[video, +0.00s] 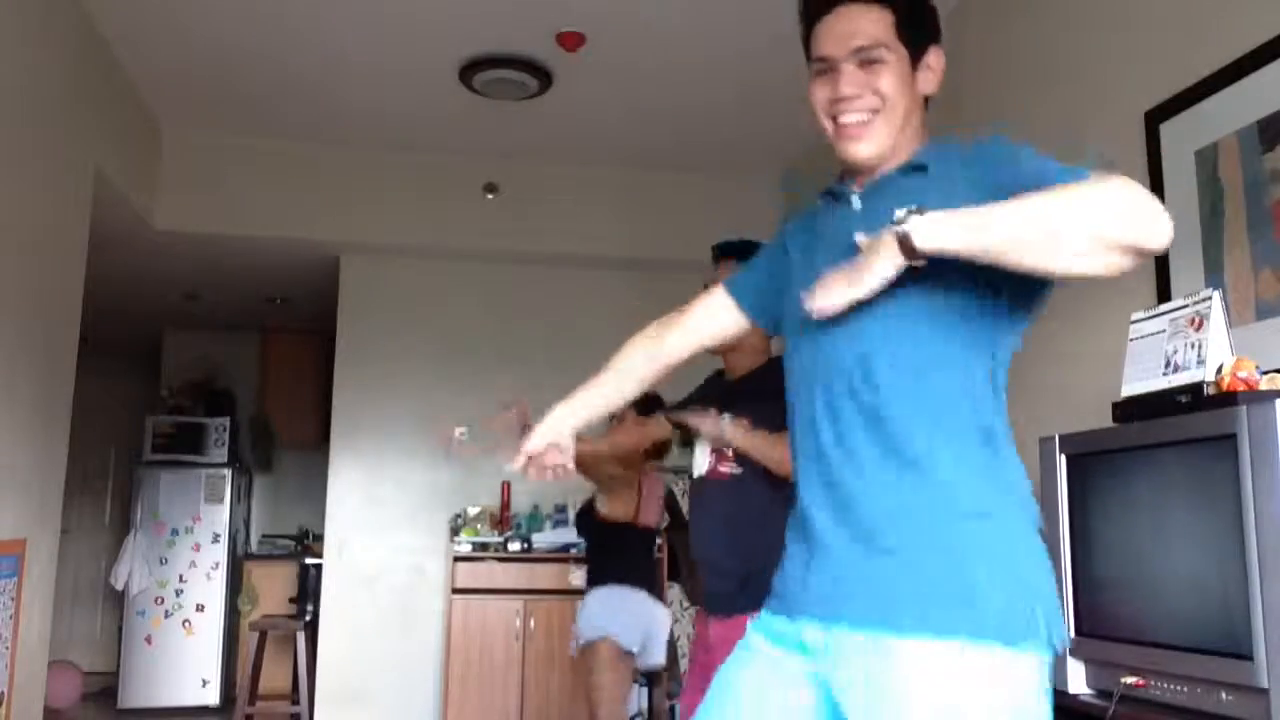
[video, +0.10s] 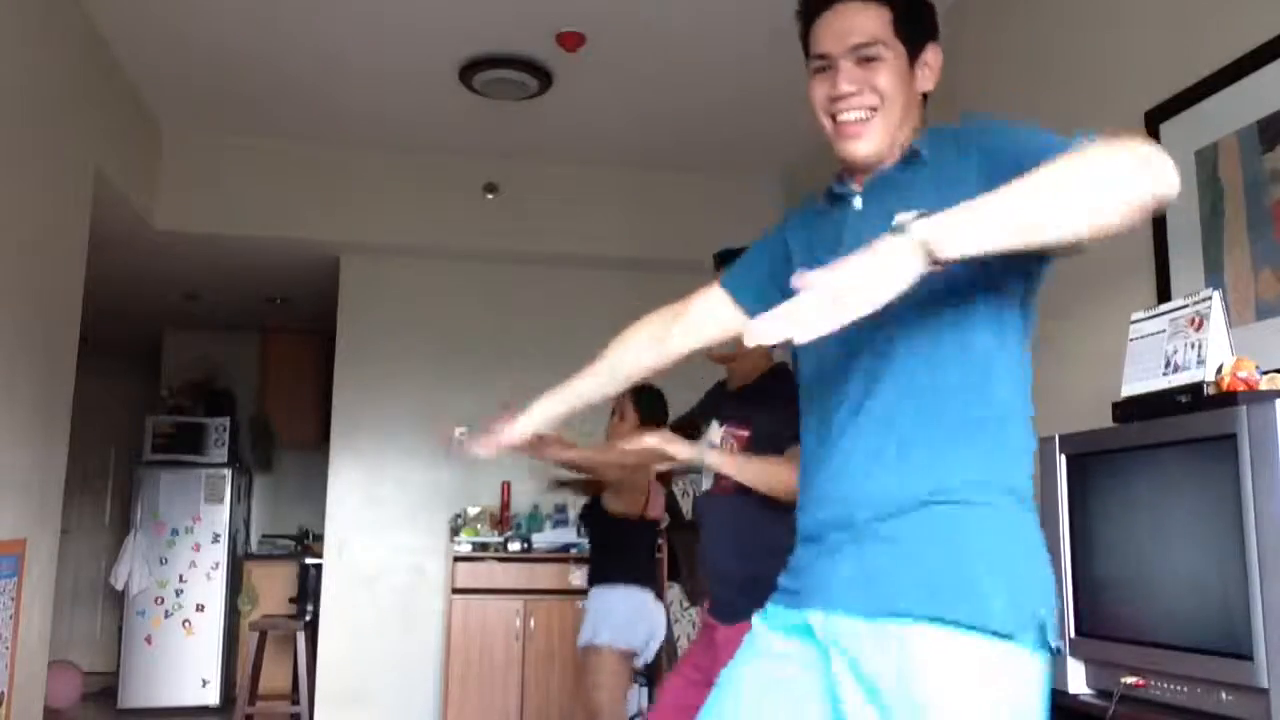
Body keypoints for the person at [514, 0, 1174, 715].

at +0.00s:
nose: (843, 87)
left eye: (869, 61)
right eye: (824, 69)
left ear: (927, 71)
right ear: (809, 90)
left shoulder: (979, 170)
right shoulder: (804, 235)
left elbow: (1142, 227)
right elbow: (683, 334)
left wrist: (912, 235)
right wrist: (565, 418)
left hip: (957, 626)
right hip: (803, 617)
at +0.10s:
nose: (842, 82)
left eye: (867, 55)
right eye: (823, 66)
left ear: (925, 69)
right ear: (808, 90)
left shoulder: (975, 151)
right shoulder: (806, 232)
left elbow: (1145, 175)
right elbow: (683, 326)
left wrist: (921, 242)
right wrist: (540, 414)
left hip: (962, 616)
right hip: (808, 610)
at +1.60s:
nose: (941, 59)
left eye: (968, 28)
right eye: (920, 39)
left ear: (1028, 37)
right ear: (906, 62)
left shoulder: (1088, 131)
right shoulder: (899, 213)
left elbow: (1240, 183)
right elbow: (790, 346)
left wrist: (995, 284)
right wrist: (664, 493)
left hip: (1079, 595)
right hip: (936, 593)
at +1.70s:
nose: (957, 74)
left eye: (985, 42)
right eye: (936, 54)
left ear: (1047, 52)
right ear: (921, 76)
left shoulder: (1115, 159)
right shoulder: (914, 240)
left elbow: (1258, 226)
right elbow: (807, 370)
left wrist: (1027, 279)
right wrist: (697, 485)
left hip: (1118, 626)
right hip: (953, 629)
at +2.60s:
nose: (937, 90)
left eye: (953, 60)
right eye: (935, 73)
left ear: (1041, 34)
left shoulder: (1156, 148)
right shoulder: (958, 247)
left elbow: (1273, 176)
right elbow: (834, 386)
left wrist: (1062, 236)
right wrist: (706, 510)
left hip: (1154, 656)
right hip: (976, 650)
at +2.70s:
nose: (931, 70)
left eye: (945, 40)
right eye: (925, 54)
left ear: (1029, 19)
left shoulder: (1143, 106)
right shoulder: (951, 225)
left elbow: (1271, 117)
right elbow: (843, 363)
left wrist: (1128, 210)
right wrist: (690, 457)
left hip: (1131, 617)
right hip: (975, 619)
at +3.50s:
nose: (933, 82)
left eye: (939, 52)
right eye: (931, 61)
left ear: (1003, 26)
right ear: (992, 36)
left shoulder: (1152, 108)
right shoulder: (957, 206)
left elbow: (1277, 142)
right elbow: (864, 352)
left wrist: (1143, 233)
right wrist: (705, 470)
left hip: (1149, 622)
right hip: (986, 617)